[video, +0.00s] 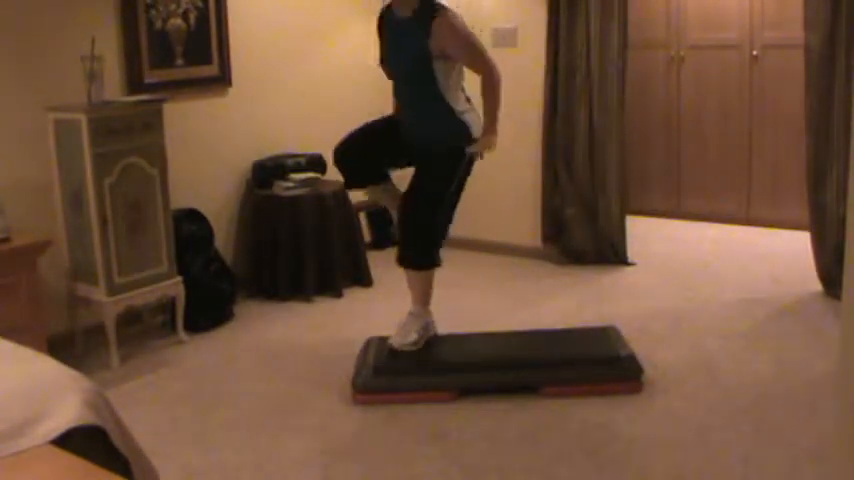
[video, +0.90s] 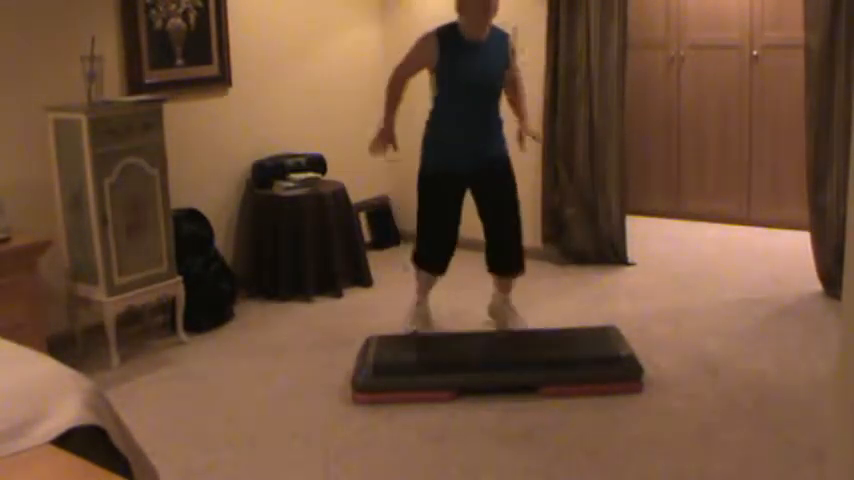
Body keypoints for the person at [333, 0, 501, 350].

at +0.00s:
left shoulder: (441, 21)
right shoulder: (387, 18)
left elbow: (490, 71)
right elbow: (400, 77)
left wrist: (490, 131)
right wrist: (398, 124)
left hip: (451, 136)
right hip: (411, 128)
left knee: (418, 221)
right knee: (351, 155)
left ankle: (420, 316)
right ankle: (403, 209)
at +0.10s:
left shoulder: (443, 26)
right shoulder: (388, 21)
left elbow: (491, 76)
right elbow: (393, 81)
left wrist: (497, 132)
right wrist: (384, 127)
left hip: (447, 141)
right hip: (406, 131)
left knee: (412, 222)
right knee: (351, 168)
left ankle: (420, 317)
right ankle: (394, 210)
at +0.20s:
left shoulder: (450, 17)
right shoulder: (387, 11)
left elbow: (498, 66)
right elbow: (365, 47)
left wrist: (513, 109)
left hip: (444, 134)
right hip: (401, 128)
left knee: (419, 223)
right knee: (365, 196)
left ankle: (420, 315)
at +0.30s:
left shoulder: (455, 11)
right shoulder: (386, 8)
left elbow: (497, 40)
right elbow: (341, 23)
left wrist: (529, 57)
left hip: (441, 132)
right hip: (398, 130)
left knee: (424, 221)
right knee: (395, 218)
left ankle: (418, 315)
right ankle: (416, 309)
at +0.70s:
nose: (454, 5)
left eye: (457, 0)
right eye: (447, 0)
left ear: (462, 4)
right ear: (430, 3)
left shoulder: (474, 37)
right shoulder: (408, 37)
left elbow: (519, 52)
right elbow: (364, 54)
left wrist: (553, 54)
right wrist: (337, 65)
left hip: (465, 144)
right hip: (419, 146)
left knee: (469, 219)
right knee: (421, 228)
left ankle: (465, 296)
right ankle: (419, 305)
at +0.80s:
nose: (470, 5)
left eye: (474, 1)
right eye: (463, 0)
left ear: (478, 3)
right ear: (446, 1)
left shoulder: (490, 35)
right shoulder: (421, 33)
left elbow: (520, 64)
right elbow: (372, 63)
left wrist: (541, 98)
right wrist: (356, 104)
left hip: (475, 141)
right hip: (429, 143)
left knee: (490, 222)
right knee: (425, 226)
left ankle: (492, 295)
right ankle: (419, 305)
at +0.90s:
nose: (492, 8)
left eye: (494, 3)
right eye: (484, 2)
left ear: (496, 8)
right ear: (463, 5)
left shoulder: (501, 41)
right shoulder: (437, 41)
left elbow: (512, 81)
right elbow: (399, 75)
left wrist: (523, 119)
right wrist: (387, 125)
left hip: (489, 151)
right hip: (444, 152)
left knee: (506, 228)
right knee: (437, 232)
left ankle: (502, 303)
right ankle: (420, 306)